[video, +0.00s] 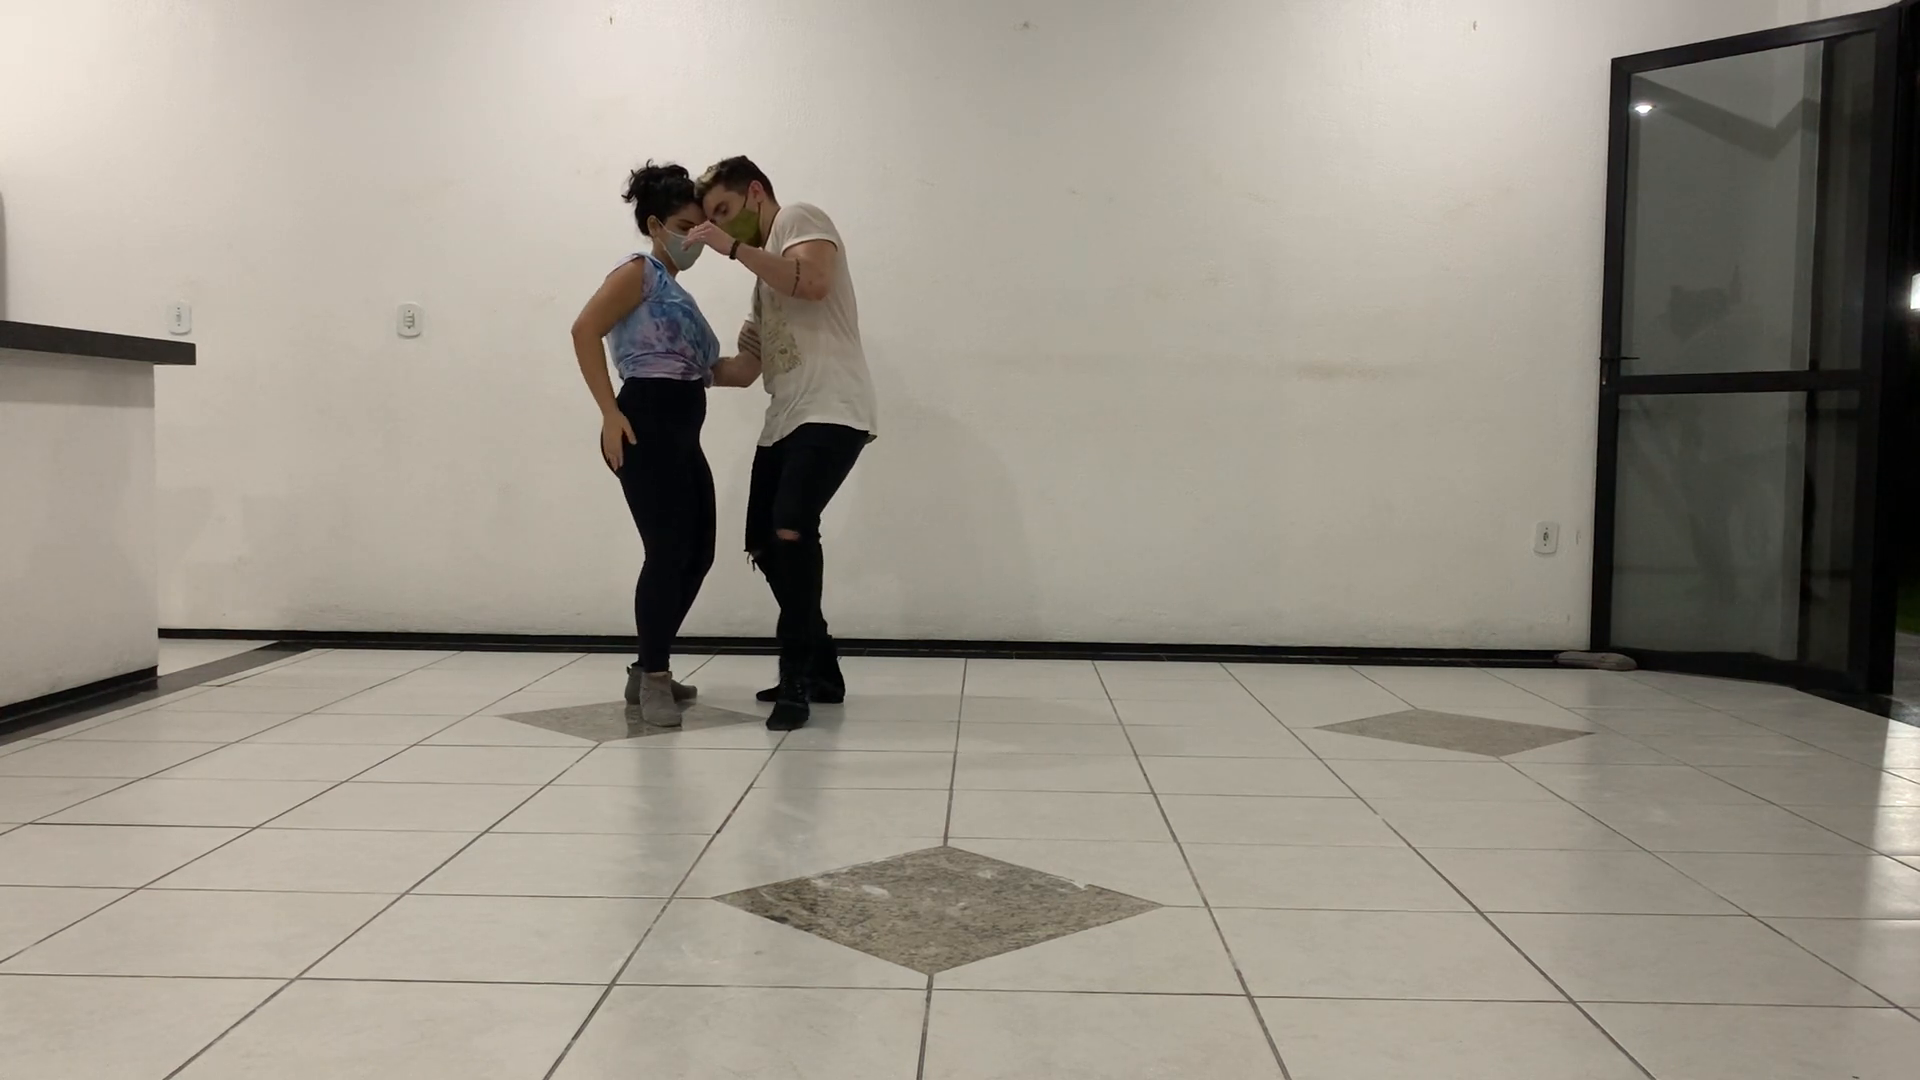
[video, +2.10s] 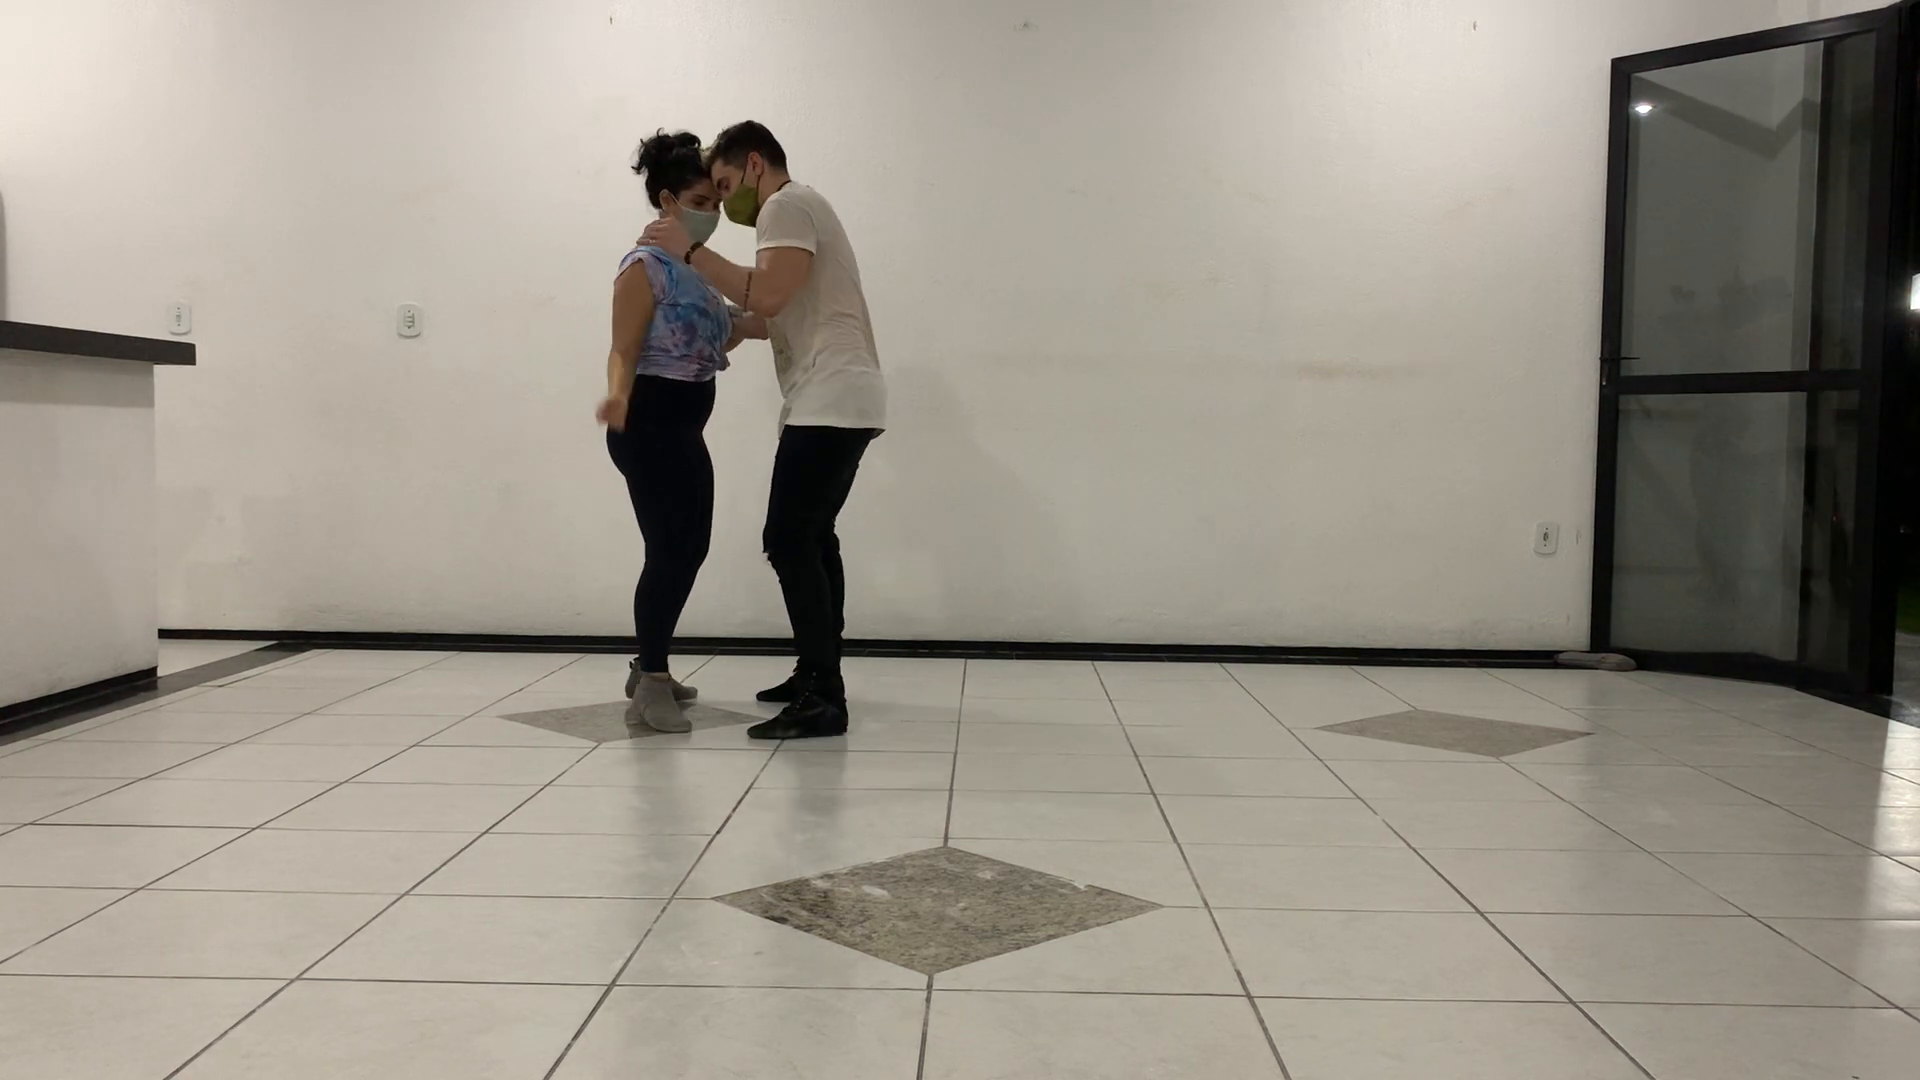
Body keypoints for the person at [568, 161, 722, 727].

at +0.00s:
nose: (696, 237)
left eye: (700, 225)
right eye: (685, 225)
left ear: (697, 227)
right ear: (654, 226)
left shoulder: (671, 289)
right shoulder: (638, 273)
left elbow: (701, 370)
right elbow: (584, 331)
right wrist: (610, 411)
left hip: (680, 428)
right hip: (648, 426)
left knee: (698, 551)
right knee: (669, 550)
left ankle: (652, 668)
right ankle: (651, 678)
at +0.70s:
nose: (697, 237)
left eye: (701, 226)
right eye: (685, 226)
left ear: (701, 229)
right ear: (657, 228)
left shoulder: (676, 295)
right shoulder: (643, 267)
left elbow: (682, 370)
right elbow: (572, 266)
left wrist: (724, 394)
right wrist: (630, 318)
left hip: (666, 429)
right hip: (639, 426)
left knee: (689, 551)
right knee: (677, 547)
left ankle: (650, 668)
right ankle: (641, 675)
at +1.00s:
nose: (700, 237)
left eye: (704, 226)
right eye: (691, 224)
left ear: (700, 230)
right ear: (658, 220)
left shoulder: (680, 296)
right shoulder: (638, 265)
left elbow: (720, 371)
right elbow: (580, 296)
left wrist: (758, 348)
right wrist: (631, 247)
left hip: (671, 426)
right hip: (641, 422)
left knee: (688, 552)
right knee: (669, 551)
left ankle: (652, 670)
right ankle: (645, 679)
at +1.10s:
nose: (700, 236)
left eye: (703, 225)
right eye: (692, 224)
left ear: (685, 232)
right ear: (663, 221)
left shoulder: (670, 279)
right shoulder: (639, 264)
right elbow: (591, 304)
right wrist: (625, 243)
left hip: (670, 424)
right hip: (644, 421)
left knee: (687, 551)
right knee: (662, 551)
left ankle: (651, 671)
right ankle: (644, 682)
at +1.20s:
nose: (700, 236)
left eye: (704, 225)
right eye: (692, 223)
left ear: (696, 231)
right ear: (661, 223)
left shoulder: (675, 283)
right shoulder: (639, 265)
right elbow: (599, 310)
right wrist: (626, 245)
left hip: (670, 424)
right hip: (643, 422)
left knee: (686, 552)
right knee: (664, 552)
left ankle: (651, 670)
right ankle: (644, 681)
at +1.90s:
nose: (711, 221)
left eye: (716, 209)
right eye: (698, 209)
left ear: (720, 208)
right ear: (668, 210)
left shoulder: (698, 278)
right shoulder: (641, 270)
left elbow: (704, 358)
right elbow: (622, 351)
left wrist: (743, 335)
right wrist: (617, 296)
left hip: (680, 423)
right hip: (642, 419)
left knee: (688, 543)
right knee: (677, 537)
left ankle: (655, 665)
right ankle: (650, 668)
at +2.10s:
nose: (712, 212)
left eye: (715, 199)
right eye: (698, 200)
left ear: (717, 198)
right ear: (664, 202)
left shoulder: (693, 268)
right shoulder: (644, 268)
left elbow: (709, 334)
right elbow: (623, 348)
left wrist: (755, 324)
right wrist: (618, 394)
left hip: (684, 420)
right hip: (649, 419)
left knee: (691, 545)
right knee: (669, 547)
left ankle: (651, 667)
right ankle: (650, 679)